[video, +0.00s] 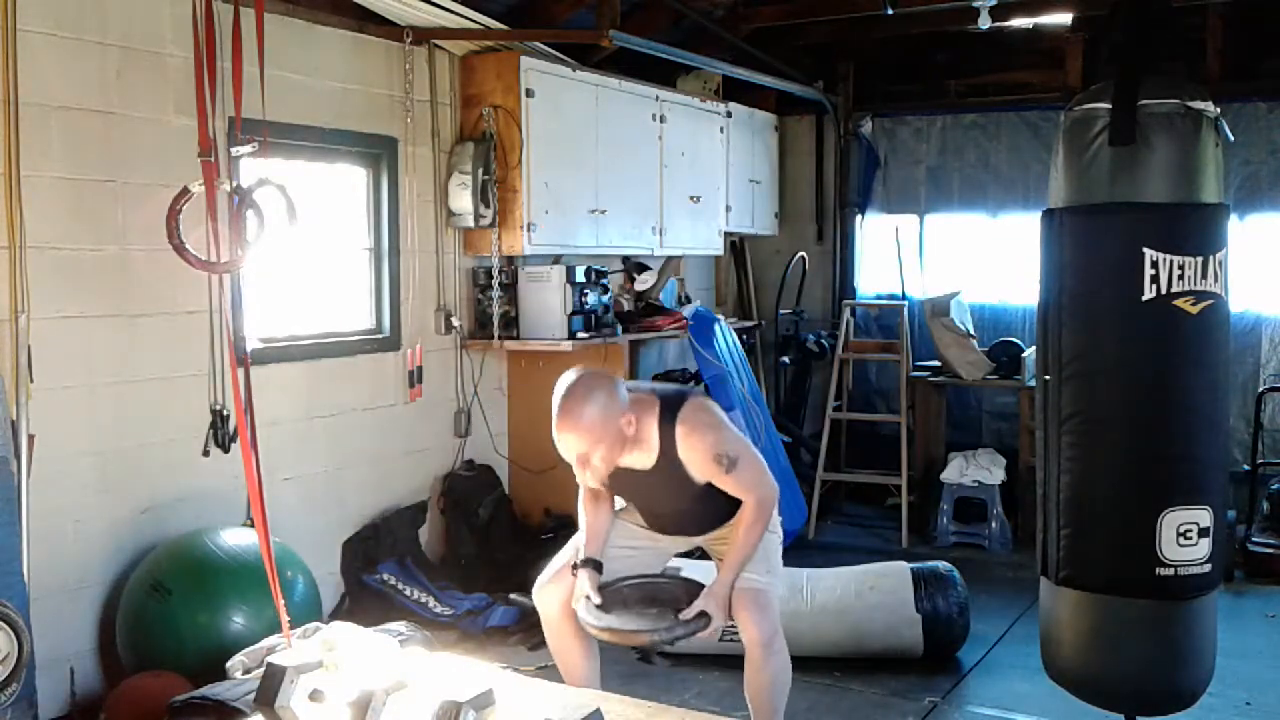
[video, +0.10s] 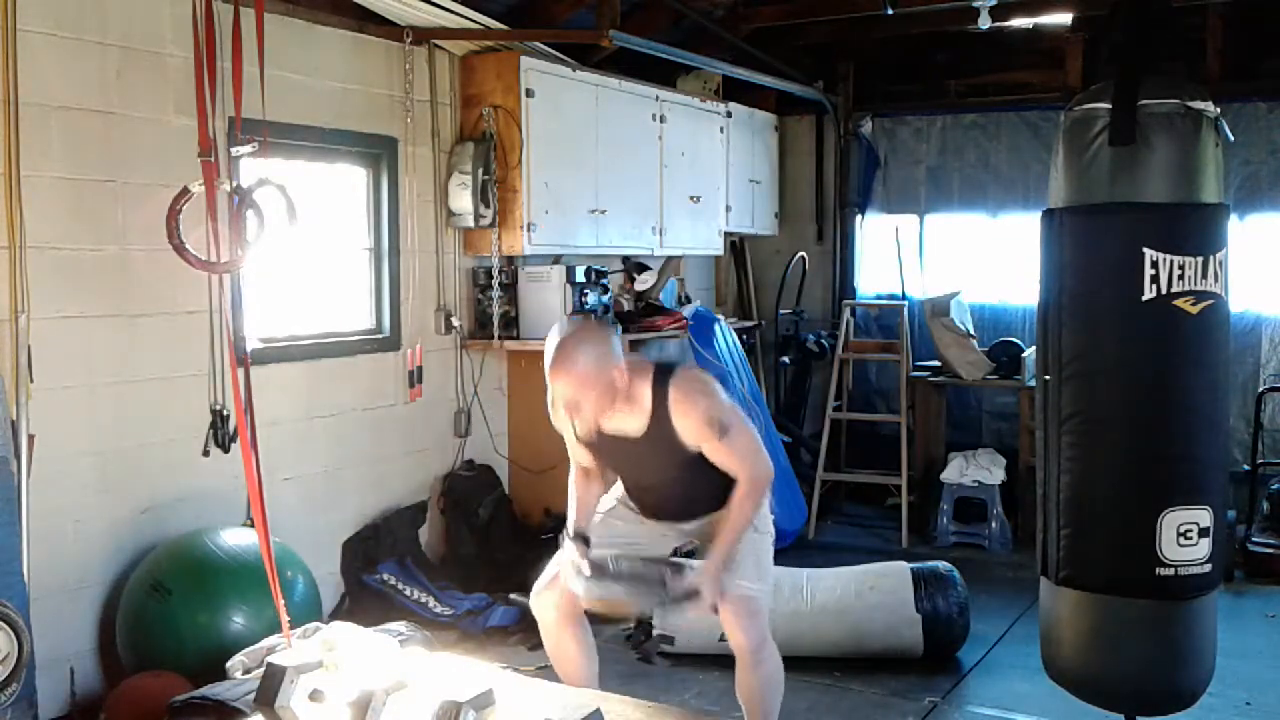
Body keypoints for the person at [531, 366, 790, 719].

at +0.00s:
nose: (578, 472)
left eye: (584, 458)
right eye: (571, 461)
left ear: (626, 425)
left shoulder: (698, 430)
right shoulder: (591, 421)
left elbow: (763, 494)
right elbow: (595, 490)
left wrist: (724, 583)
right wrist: (589, 562)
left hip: (732, 520)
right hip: (648, 519)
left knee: (759, 626)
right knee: (552, 595)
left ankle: (766, 716)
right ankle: (588, 712)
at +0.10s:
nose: (565, 411)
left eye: (572, 398)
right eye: (560, 397)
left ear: (617, 377)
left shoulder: (690, 398)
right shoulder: (571, 404)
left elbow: (757, 473)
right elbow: (586, 468)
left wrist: (715, 563)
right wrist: (577, 534)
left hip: (725, 514)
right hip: (638, 512)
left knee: (745, 624)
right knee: (551, 599)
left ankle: (761, 715)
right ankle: (587, 713)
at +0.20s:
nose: (557, 330)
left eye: (564, 318)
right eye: (554, 318)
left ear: (604, 306)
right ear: (556, 308)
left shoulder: (678, 339)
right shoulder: (561, 350)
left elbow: (749, 412)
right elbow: (580, 422)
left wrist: (698, 495)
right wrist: (570, 478)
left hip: (714, 482)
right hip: (629, 481)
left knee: (729, 630)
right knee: (554, 604)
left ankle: (755, 717)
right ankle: (586, 714)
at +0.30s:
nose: (552, 241)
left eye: (558, 224)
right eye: (545, 227)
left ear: (595, 209)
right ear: (547, 221)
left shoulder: (665, 248)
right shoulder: (553, 268)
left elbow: (743, 323)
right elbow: (564, 343)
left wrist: (687, 404)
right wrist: (560, 405)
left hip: (692, 434)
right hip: (608, 435)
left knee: (726, 587)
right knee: (570, 569)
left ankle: (764, 714)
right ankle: (575, 709)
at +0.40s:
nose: (538, 186)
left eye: (544, 172)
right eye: (531, 175)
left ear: (585, 145)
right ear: (530, 166)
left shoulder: (658, 174)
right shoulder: (543, 205)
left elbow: (732, 271)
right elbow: (551, 294)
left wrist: (675, 350)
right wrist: (539, 358)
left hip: (688, 363)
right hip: (604, 368)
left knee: (716, 519)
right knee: (515, 480)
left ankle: (758, 660)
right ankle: (562, 620)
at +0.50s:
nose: (524, 194)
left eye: (527, 177)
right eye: (514, 183)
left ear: (567, 144)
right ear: (506, 162)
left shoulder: (646, 172)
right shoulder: (528, 202)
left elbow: (711, 277)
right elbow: (543, 296)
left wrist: (651, 360)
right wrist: (514, 356)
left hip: (690, 330)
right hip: (605, 335)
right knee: (486, 410)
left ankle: (716, 593)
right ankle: (512, 568)